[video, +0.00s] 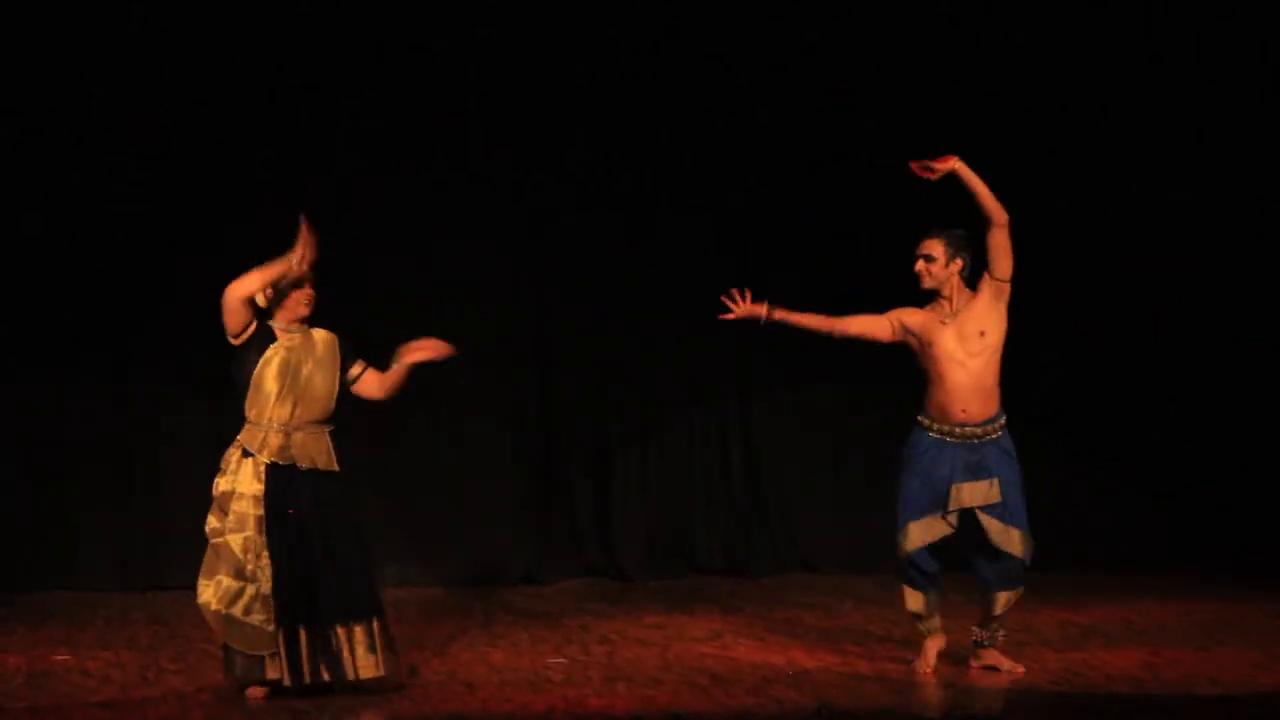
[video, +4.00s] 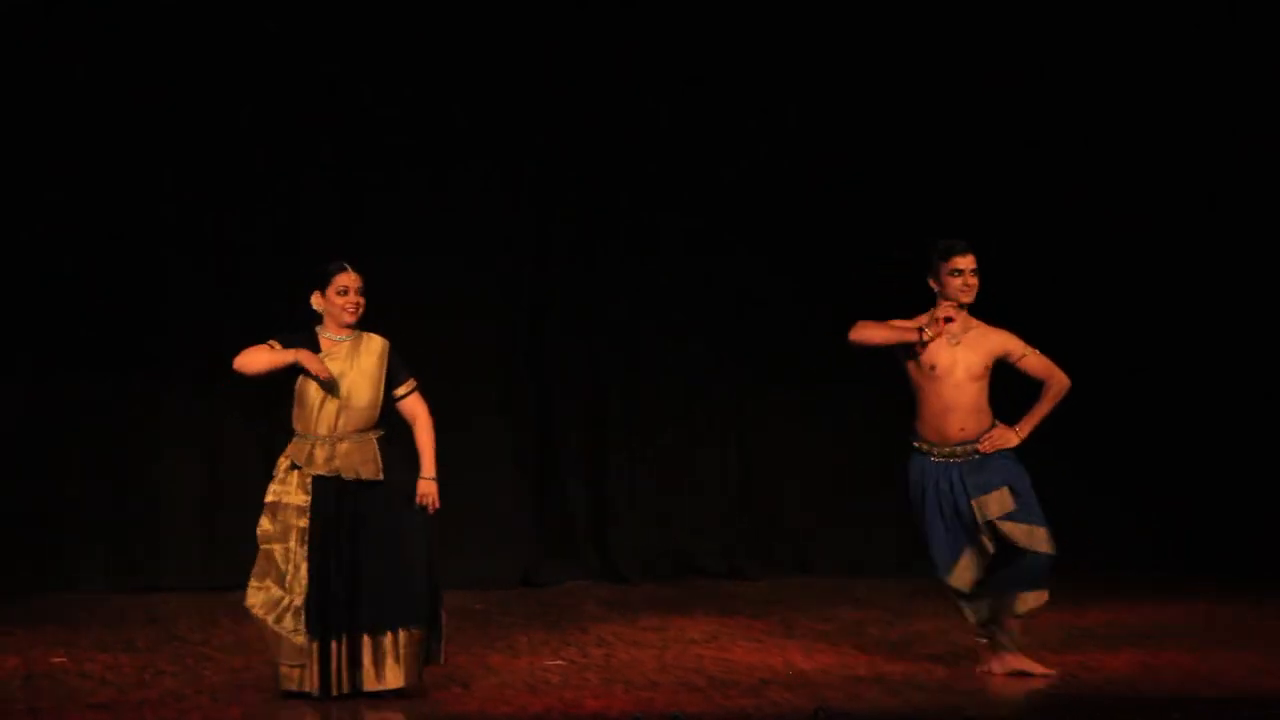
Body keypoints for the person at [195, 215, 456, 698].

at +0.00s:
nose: (308, 293)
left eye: (310, 287)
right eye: (298, 288)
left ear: (313, 297)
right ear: (275, 296)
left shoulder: (327, 345)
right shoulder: (252, 339)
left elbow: (376, 387)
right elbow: (235, 294)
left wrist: (404, 360)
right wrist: (290, 262)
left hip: (315, 467)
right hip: (259, 465)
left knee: (329, 561)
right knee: (260, 568)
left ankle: (328, 668)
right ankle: (260, 673)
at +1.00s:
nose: (325, 296)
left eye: (329, 289)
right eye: (314, 288)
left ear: (333, 297)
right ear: (288, 296)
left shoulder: (346, 346)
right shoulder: (265, 339)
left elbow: (388, 409)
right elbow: (203, 363)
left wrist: (381, 467)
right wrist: (253, 371)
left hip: (332, 474)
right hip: (274, 472)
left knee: (340, 570)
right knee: (270, 571)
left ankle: (341, 673)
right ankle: (270, 675)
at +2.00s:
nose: (343, 294)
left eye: (351, 287)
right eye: (334, 287)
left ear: (364, 293)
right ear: (321, 294)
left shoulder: (384, 344)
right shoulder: (305, 340)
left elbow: (430, 404)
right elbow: (239, 361)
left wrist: (418, 462)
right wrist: (288, 357)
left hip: (369, 469)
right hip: (312, 469)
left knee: (374, 567)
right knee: (309, 568)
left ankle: (379, 671)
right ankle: (308, 671)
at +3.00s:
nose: (329, 296)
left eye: (337, 288)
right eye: (319, 288)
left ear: (349, 294)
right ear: (305, 295)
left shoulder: (369, 346)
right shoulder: (289, 342)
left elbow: (415, 406)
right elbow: (226, 369)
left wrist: (405, 462)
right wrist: (280, 366)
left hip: (353, 469)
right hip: (296, 470)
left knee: (359, 568)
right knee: (299, 572)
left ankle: (363, 674)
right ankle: (301, 675)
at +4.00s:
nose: (354, 300)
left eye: (359, 293)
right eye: (343, 292)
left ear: (365, 301)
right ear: (320, 300)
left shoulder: (379, 351)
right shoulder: (302, 345)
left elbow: (419, 414)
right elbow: (243, 363)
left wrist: (427, 475)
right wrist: (297, 356)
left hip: (364, 473)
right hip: (308, 472)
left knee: (369, 570)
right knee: (310, 571)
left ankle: (371, 676)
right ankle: (312, 675)